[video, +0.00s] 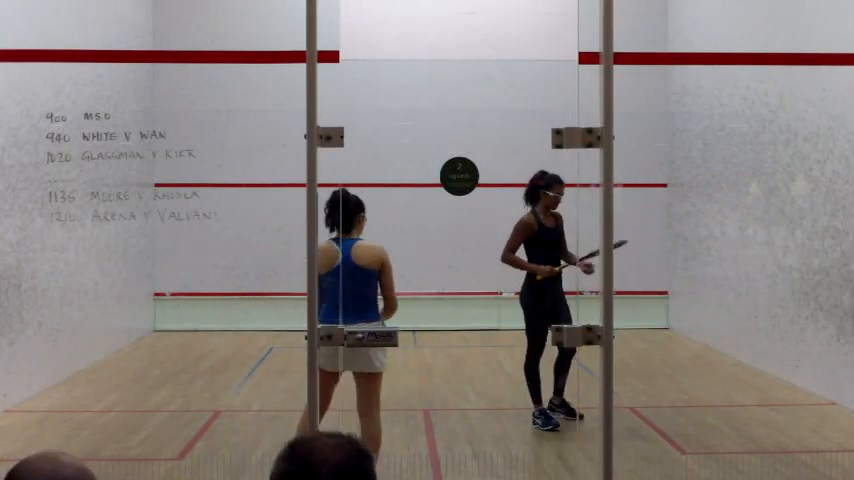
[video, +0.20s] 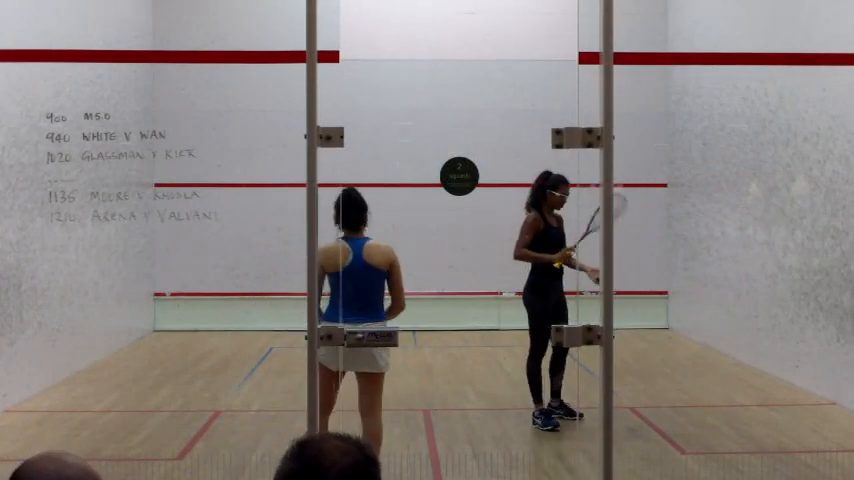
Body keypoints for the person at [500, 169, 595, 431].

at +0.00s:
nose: (560, 199)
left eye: (561, 195)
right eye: (557, 194)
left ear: (552, 195)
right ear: (543, 193)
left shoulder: (556, 219)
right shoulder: (527, 223)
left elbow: (562, 253)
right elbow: (506, 256)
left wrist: (578, 262)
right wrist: (536, 268)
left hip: (555, 292)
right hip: (535, 294)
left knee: (569, 345)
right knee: (535, 350)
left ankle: (557, 400)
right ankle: (538, 409)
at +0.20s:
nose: (566, 199)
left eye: (566, 195)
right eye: (563, 194)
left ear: (557, 196)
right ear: (548, 194)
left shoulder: (557, 219)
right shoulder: (533, 220)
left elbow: (561, 255)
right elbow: (519, 252)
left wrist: (586, 268)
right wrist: (552, 257)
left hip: (556, 292)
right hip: (537, 293)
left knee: (561, 345)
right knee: (538, 348)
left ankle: (555, 402)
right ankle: (539, 409)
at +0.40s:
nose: (573, 201)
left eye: (574, 196)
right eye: (571, 196)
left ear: (561, 196)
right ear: (557, 194)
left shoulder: (560, 220)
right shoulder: (540, 217)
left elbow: (561, 257)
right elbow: (523, 246)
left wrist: (587, 260)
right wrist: (549, 262)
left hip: (557, 290)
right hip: (540, 291)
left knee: (560, 347)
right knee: (548, 348)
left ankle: (556, 402)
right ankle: (540, 410)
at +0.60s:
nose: (576, 202)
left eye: (577, 198)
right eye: (574, 197)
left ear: (564, 197)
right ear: (561, 195)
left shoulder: (560, 219)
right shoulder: (543, 218)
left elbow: (557, 257)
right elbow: (528, 249)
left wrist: (581, 270)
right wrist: (551, 275)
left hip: (557, 288)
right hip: (543, 289)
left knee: (564, 344)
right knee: (560, 344)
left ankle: (555, 401)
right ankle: (544, 404)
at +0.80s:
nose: (577, 204)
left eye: (578, 200)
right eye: (575, 199)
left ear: (568, 197)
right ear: (562, 196)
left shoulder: (562, 219)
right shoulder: (545, 218)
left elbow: (559, 258)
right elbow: (535, 250)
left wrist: (576, 274)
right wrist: (559, 274)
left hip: (557, 287)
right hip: (544, 288)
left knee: (565, 343)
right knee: (563, 343)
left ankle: (556, 400)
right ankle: (551, 401)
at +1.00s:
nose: (577, 205)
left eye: (578, 200)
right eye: (575, 199)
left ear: (567, 198)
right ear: (563, 197)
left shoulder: (563, 220)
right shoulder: (546, 219)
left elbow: (559, 256)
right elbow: (542, 251)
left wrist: (576, 274)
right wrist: (572, 272)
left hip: (558, 288)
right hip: (544, 289)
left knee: (565, 343)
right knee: (561, 343)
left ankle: (556, 401)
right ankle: (538, 401)